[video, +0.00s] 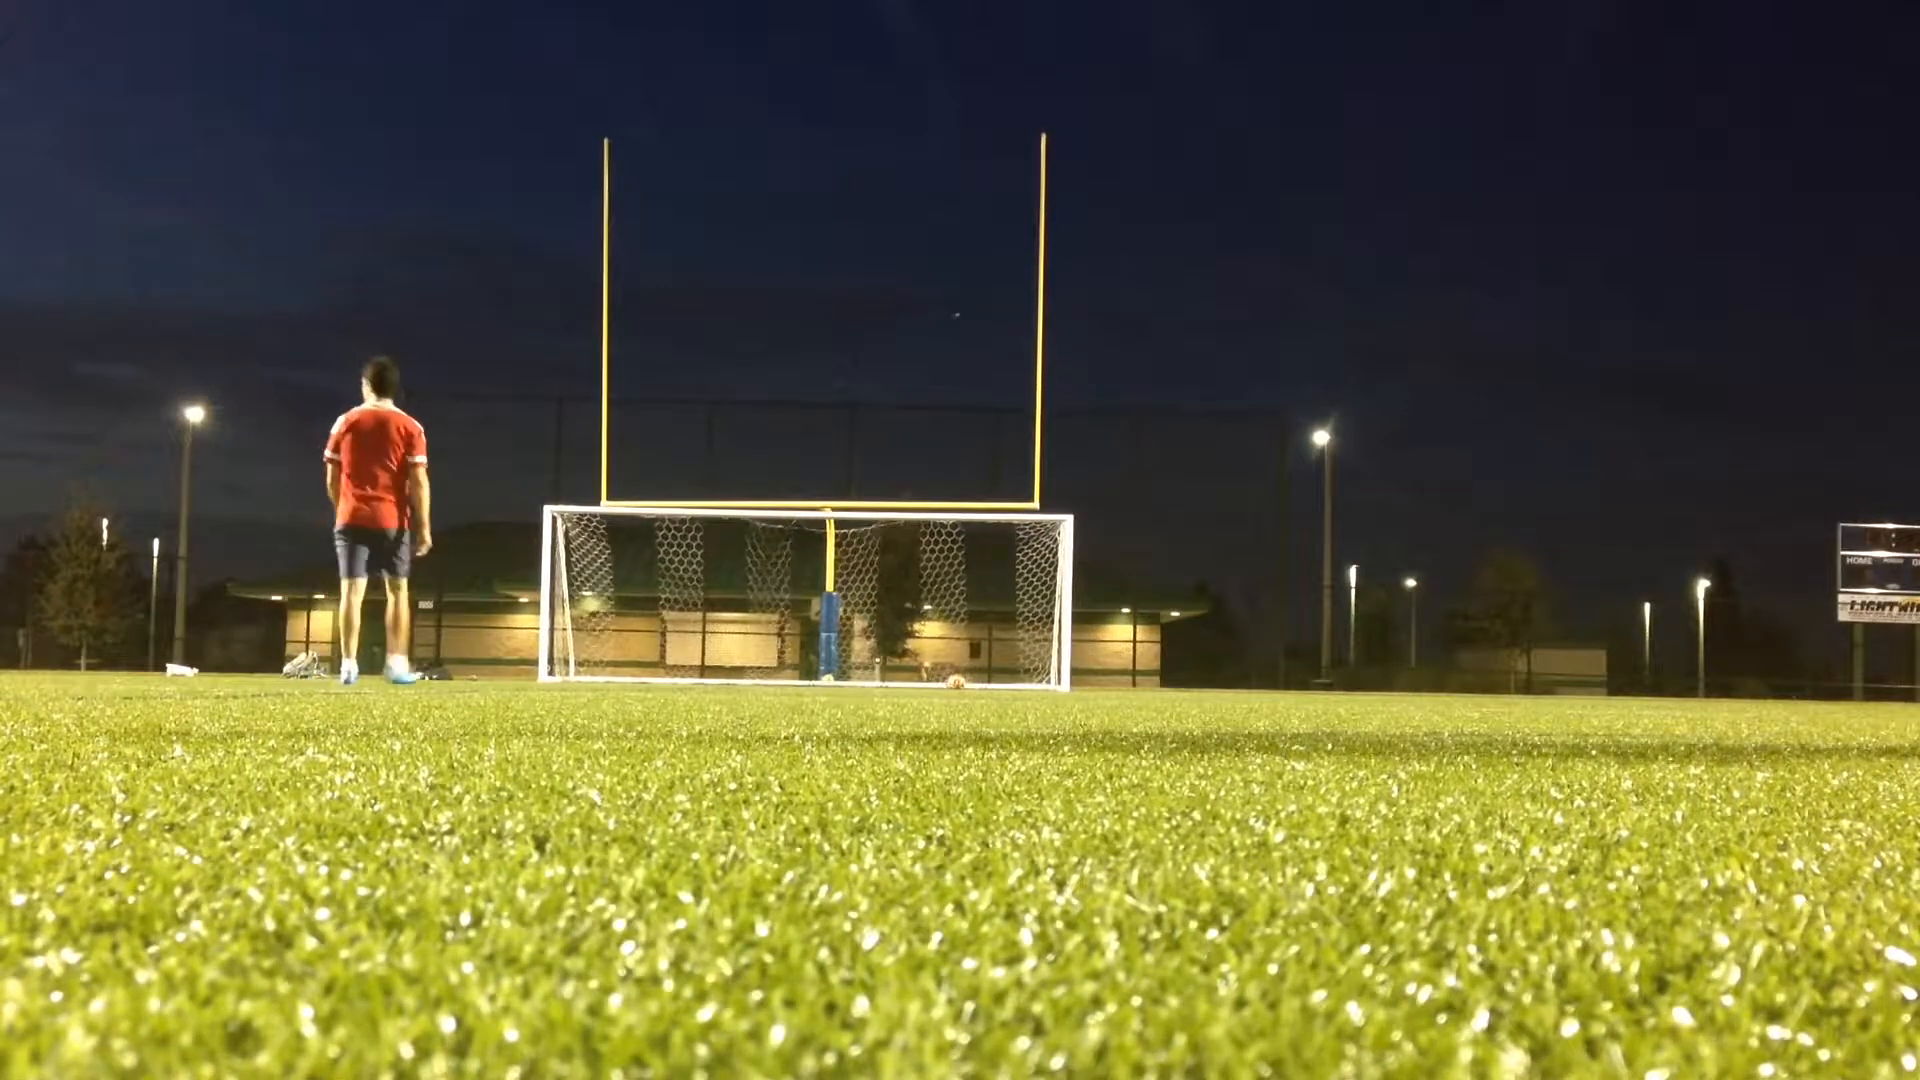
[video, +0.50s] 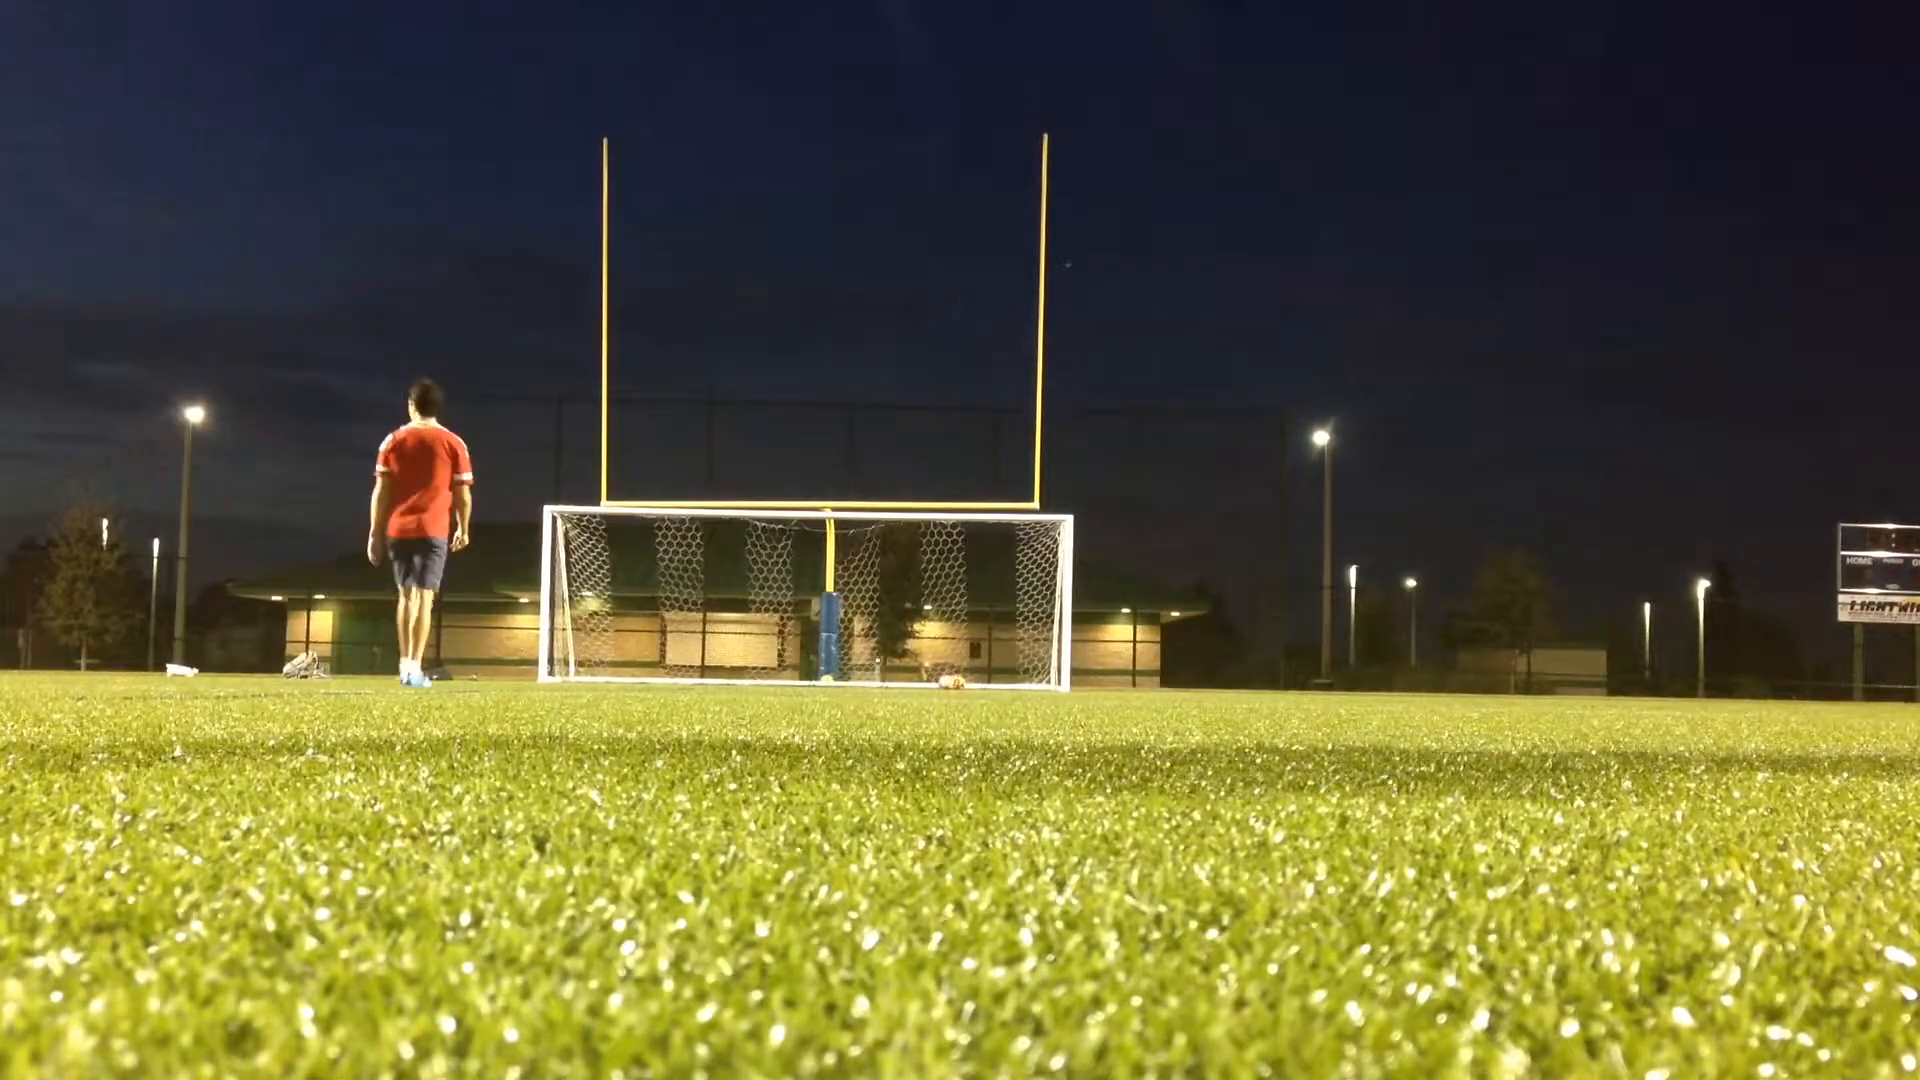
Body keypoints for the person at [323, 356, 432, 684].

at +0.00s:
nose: (362, 388)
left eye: (363, 383)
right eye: (365, 383)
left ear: (366, 386)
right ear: (395, 387)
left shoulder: (347, 421)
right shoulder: (411, 426)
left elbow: (332, 476)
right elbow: (418, 480)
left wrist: (343, 508)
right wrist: (424, 527)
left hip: (351, 515)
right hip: (392, 518)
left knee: (351, 592)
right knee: (397, 592)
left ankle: (348, 665)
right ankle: (396, 663)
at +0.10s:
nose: (371, 396)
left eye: (372, 391)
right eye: (374, 391)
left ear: (375, 394)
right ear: (403, 395)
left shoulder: (355, 428)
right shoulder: (417, 434)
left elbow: (339, 481)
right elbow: (425, 485)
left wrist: (353, 508)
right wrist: (431, 532)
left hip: (357, 523)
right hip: (400, 527)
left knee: (356, 593)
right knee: (405, 600)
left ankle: (349, 664)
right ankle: (412, 665)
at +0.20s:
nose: (381, 402)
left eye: (382, 398)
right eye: (385, 397)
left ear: (384, 400)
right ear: (412, 401)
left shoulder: (364, 435)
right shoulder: (426, 440)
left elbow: (349, 487)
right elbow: (433, 489)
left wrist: (363, 511)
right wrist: (439, 536)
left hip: (367, 528)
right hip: (409, 532)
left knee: (364, 593)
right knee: (411, 602)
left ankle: (353, 656)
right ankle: (412, 671)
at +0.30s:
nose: (395, 405)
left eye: (395, 401)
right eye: (399, 400)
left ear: (398, 403)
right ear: (425, 404)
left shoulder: (378, 438)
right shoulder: (438, 442)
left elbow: (362, 490)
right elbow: (446, 493)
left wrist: (372, 520)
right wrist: (450, 539)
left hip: (382, 530)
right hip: (420, 531)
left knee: (382, 596)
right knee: (419, 601)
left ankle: (368, 640)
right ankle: (413, 670)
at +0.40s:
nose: (402, 403)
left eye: (403, 399)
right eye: (408, 399)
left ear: (405, 401)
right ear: (432, 402)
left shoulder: (385, 435)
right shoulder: (445, 439)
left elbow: (371, 485)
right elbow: (453, 491)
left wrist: (371, 526)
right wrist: (456, 534)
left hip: (388, 526)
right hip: (427, 528)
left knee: (392, 591)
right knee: (421, 600)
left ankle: (384, 646)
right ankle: (413, 670)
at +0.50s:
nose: (409, 407)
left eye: (410, 403)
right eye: (415, 403)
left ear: (411, 406)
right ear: (439, 407)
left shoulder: (393, 441)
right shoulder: (453, 443)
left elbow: (381, 491)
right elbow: (463, 491)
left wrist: (374, 534)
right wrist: (464, 527)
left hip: (398, 528)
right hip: (434, 529)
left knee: (406, 595)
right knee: (424, 598)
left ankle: (406, 665)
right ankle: (414, 667)